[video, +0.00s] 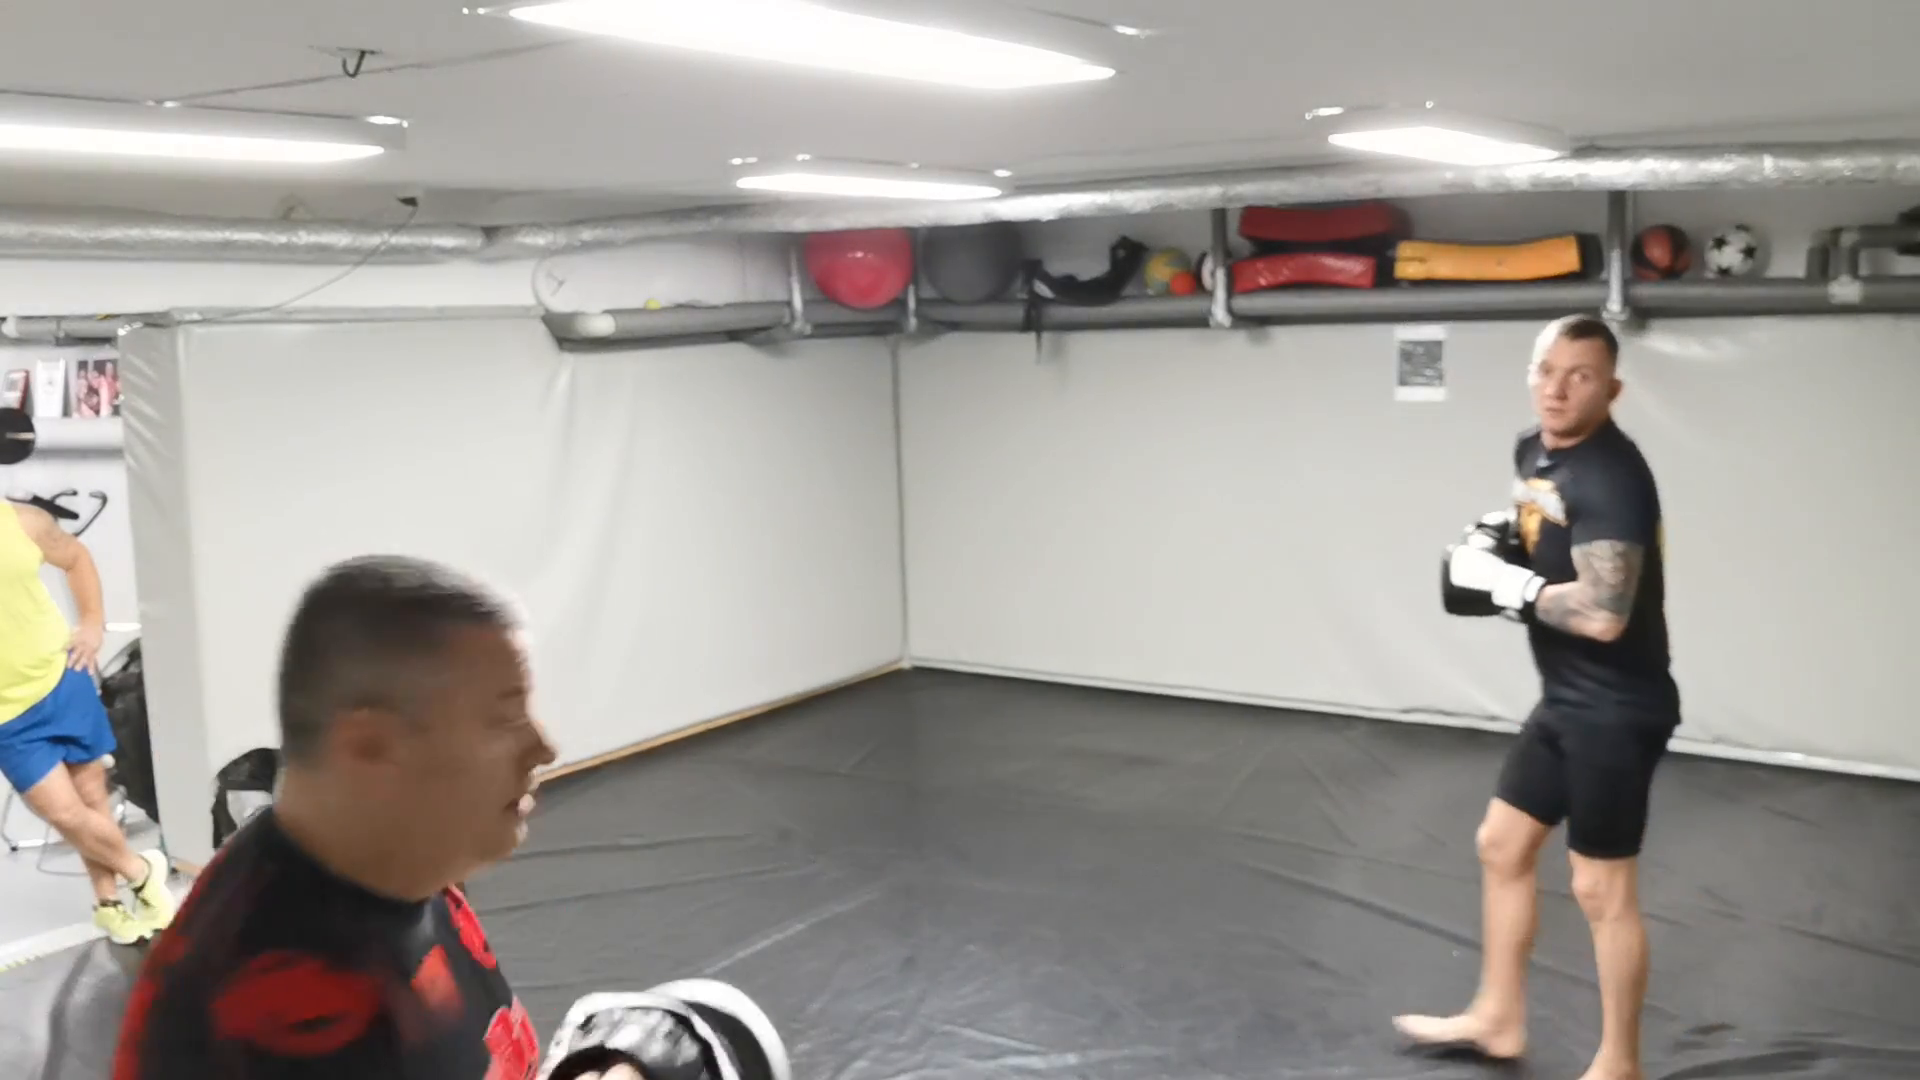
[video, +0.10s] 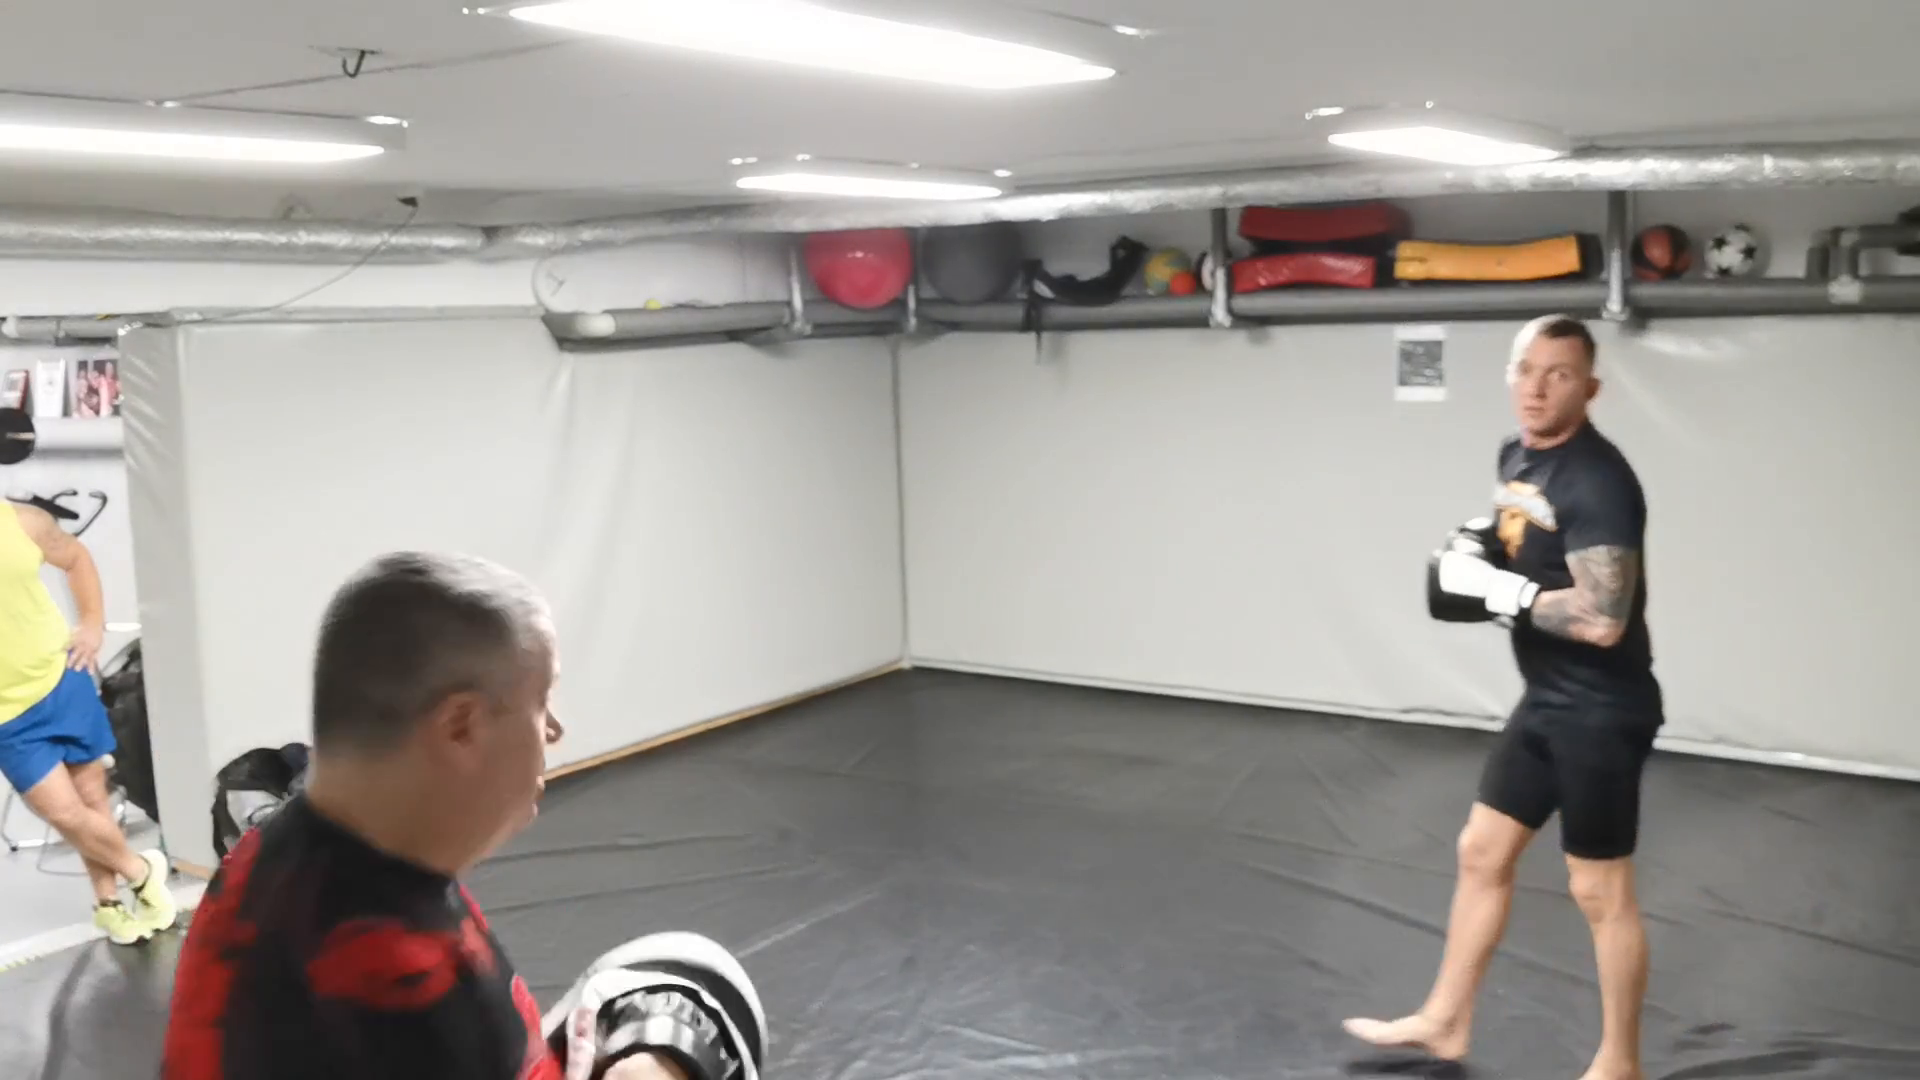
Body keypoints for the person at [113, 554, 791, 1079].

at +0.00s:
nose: (544, 747)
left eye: (527, 710)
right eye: (505, 717)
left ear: (370, 749)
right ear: (370, 747)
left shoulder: (392, 874)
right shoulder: (279, 999)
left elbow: (501, 1049)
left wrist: (596, 1062)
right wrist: (607, 1069)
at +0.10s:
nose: (554, 731)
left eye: (548, 706)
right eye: (540, 709)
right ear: (462, 730)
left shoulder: (295, 847)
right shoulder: (394, 977)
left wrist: (531, 1054)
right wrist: (653, 1057)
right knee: (675, 984)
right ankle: (652, 1059)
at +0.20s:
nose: (553, 735)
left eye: (556, 701)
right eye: (554, 700)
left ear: (372, 687)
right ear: (506, 708)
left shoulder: (284, 847)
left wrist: (561, 1028)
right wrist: (682, 1036)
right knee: (675, 947)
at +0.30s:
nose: (572, 711)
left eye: (577, 681)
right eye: (577, 680)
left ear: (400, 662)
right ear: (543, 680)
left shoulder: (303, 821)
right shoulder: (529, 886)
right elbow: (683, 1065)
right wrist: (685, 956)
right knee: (650, 882)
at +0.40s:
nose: (591, 675)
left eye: (596, 646)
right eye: (595, 648)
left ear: (426, 637)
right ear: (566, 656)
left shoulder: (315, 798)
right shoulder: (564, 848)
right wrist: (682, 903)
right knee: (653, 838)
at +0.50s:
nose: (605, 661)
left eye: (611, 634)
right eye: (610, 633)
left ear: (445, 618)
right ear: (586, 635)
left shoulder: (335, 773)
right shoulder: (597, 819)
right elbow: (804, 1043)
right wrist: (716, 887)